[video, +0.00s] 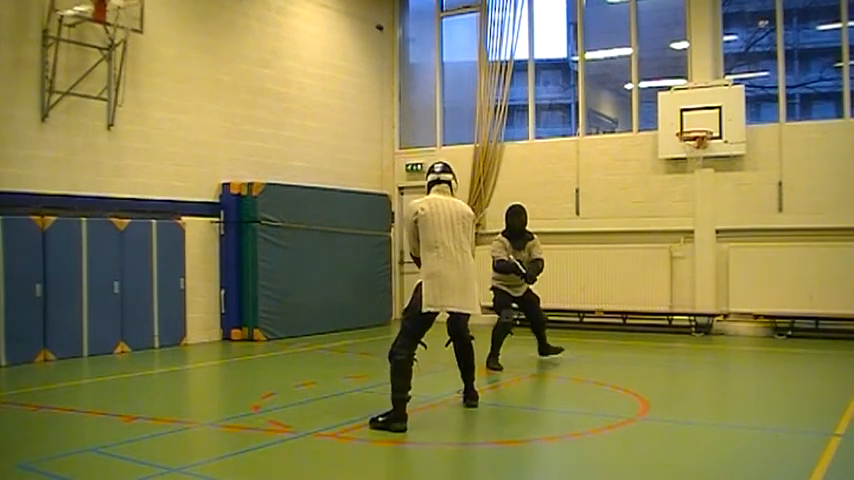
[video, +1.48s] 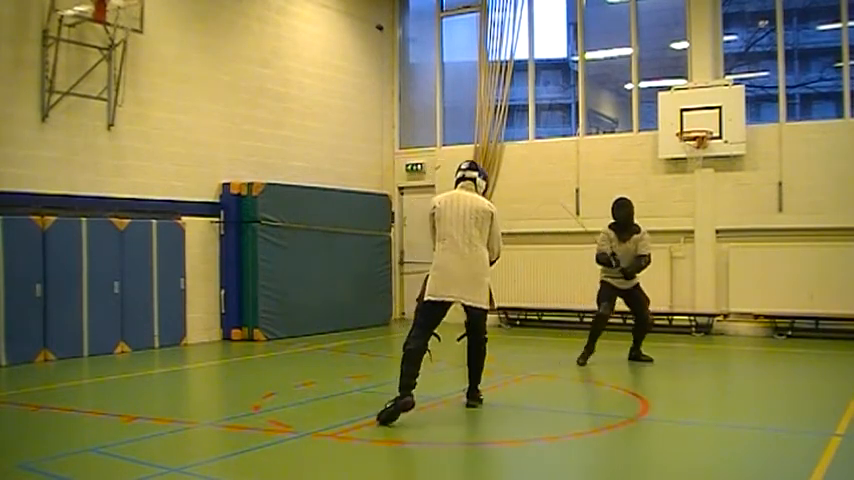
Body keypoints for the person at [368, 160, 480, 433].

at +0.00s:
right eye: (450, 182)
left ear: (428, 184)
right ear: (453, 184)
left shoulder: (417, 207)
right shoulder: (466, 210)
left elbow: (413, 251)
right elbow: (471, 247)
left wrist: (433, 269)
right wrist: (450, 267)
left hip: (432, 285)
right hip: (464, 285)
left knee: (402, 347)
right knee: (460, 333)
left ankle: (398, 413)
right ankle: (470, 392)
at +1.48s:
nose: (481, 187)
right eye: (483, 183)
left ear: (457, 180)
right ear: (480, 183)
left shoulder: (438, 202)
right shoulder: (488, 207)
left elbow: (435, 241)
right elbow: (494, 251)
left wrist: (449, 260)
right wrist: (474, 265)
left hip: (442, 277)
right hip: (475, 280)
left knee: (419, 334)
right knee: (477, 336)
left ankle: (405, 394)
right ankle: (473, 392)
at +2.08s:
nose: (493, 188)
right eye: (493, 184)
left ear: (464, 182)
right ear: (490, 184)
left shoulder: (446, 207)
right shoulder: (496, 210)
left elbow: (445, 247)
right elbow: (504, 258)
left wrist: (462, 268)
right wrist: (482, 271)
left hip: (452, 284)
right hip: (487, 285)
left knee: (438, 344)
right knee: (511, 334)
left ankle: (449, 401)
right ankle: (525, 386)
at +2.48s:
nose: (523, 188)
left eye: (522, 184)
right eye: (523, 184)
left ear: (495, 181)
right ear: (519, 184)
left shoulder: (476, 205)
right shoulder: (525, 209)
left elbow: (469, 241)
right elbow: (534, 257)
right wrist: (510, 264)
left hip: (478, 285)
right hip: (514, 285)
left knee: (458, 341)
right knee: (531, 331)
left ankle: (451, 399)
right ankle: (531, 386)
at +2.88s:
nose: (497, 173)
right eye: (495, 169)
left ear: (467, 172)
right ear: (490, 170)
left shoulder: (457, 198)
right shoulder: (500, 192)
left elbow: (462, 237)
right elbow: (513, 232)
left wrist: (512, 244)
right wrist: (534, 229)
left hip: (466, 279)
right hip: (501, 276)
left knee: (462, 341)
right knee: (520, 332)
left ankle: (457, 402)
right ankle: (534, 386)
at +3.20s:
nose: (494, 186)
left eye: (493, 182)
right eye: (494, 181)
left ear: (467, 179)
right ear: (489, 179)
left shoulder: (449, 205)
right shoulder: (489, 198)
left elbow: (461, 249)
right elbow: (499, 239)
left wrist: (503, 264)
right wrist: (522, 241)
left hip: (445, 290)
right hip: (475, 289)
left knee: (457, 343)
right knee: (496, 346)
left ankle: (457, 403)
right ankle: (477, 406)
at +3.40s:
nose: (497, 186)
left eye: (496, 182)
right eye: (497, 182)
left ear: (468, 178)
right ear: (492, 179)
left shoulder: (448, 204)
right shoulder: (493, 198)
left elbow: (450, 250)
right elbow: (501, 243)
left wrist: (494, 274)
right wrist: (514, 260)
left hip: (446, 288)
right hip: (477, 286)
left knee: (459, 346)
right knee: (481, 349)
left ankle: (459, 410)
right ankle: (460, 413)